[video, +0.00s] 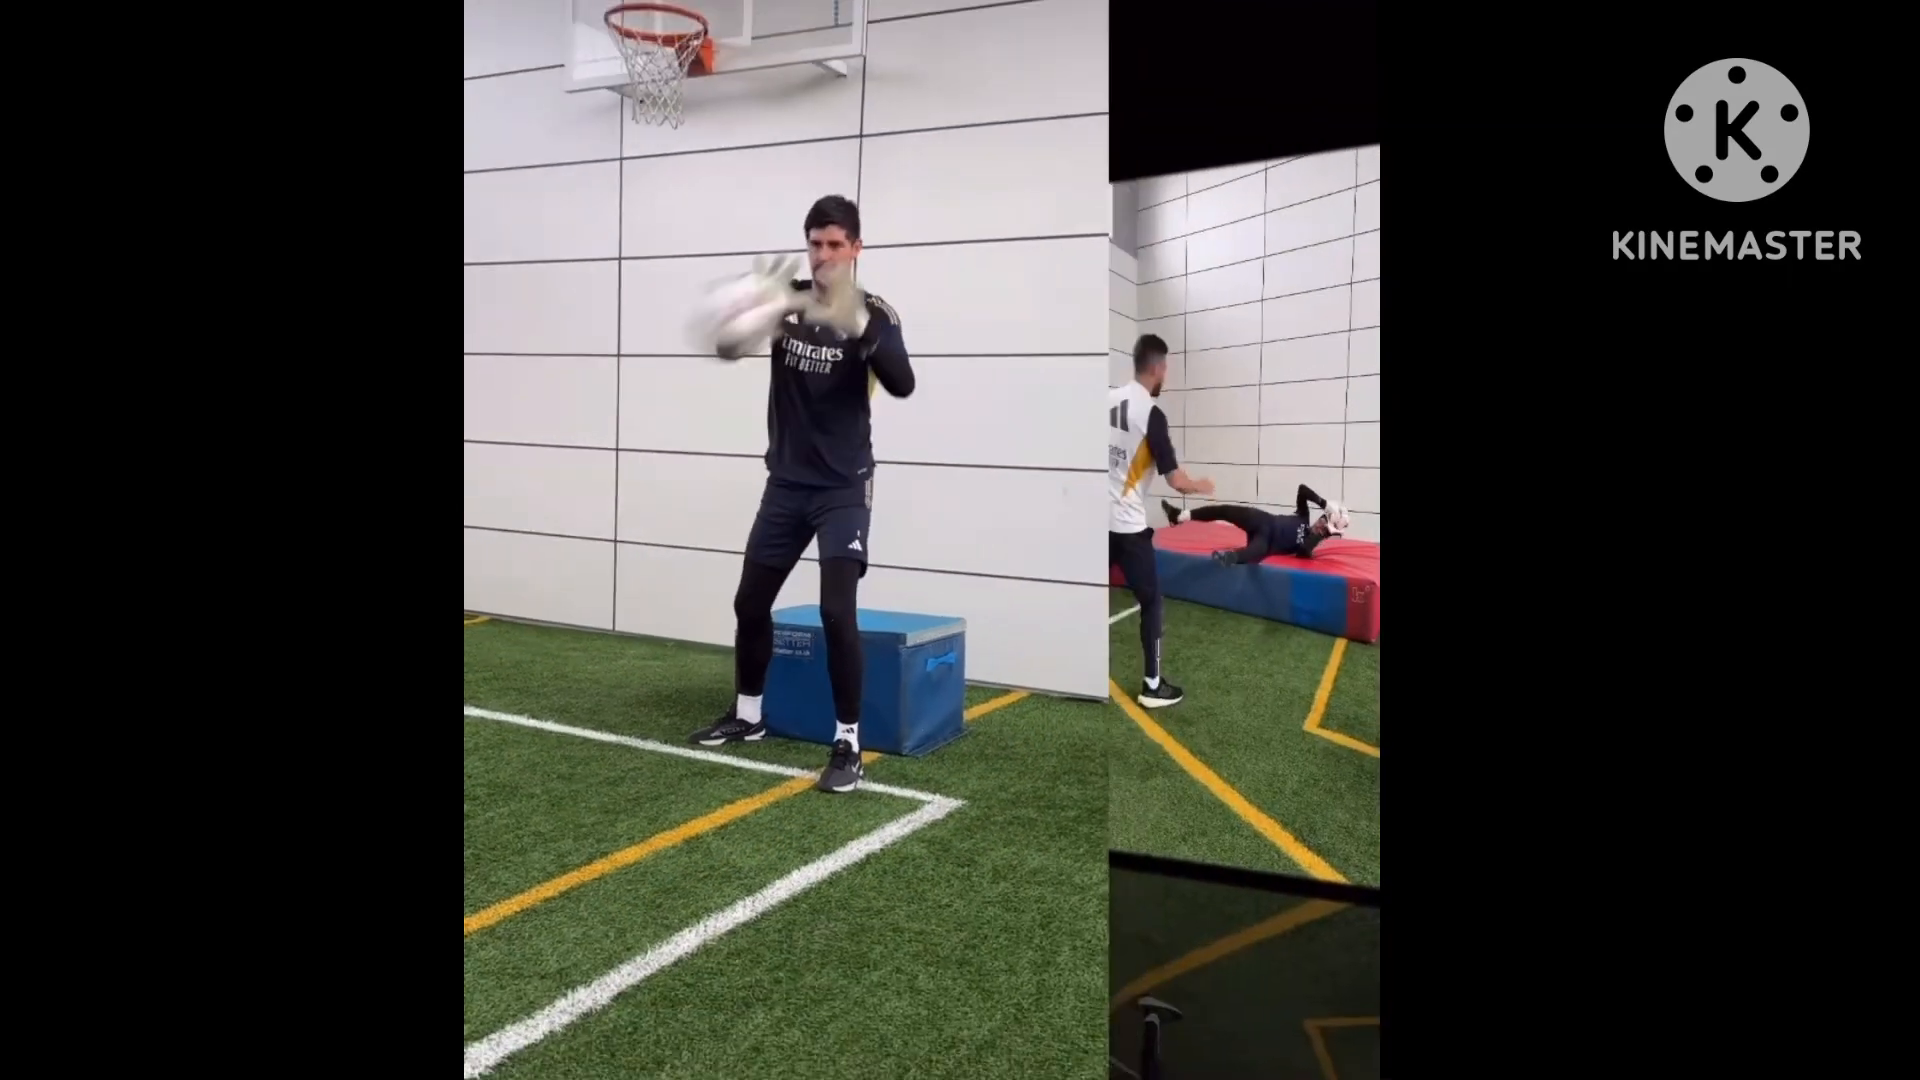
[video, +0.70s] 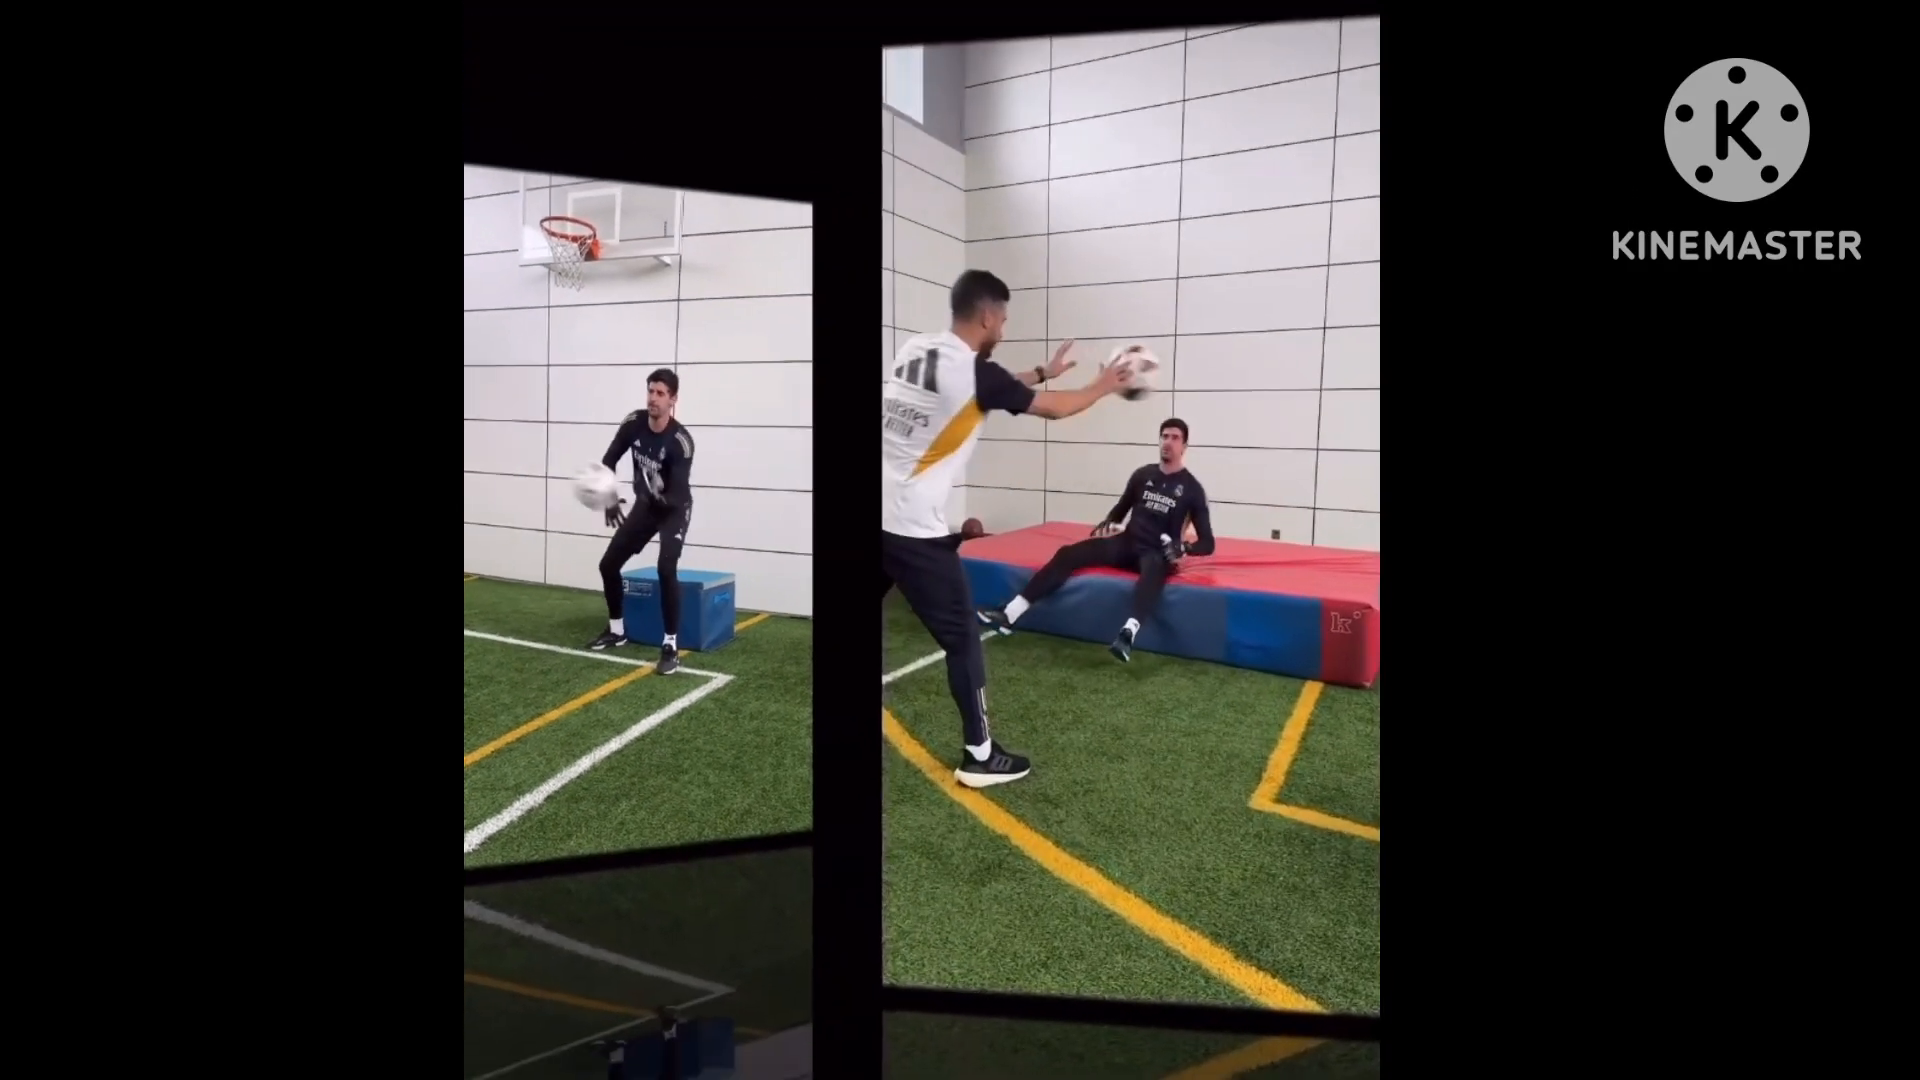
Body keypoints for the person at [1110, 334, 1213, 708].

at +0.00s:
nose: (1166, 375)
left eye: (1165, 367)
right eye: (1165, 368)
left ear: (1135, 365)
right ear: (1157, 368)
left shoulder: (1105, 399)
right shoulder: (1151, 413)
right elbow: (1175, 480)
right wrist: (1199, 486)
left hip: (1096, 518)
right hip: (1128, 523)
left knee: (1085, 596)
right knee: (1151, 600)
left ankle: (1071, 669)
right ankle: (1153, 683)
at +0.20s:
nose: (1097, 356)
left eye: (1095, 348)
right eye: (1094, 348)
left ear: (1062, 352)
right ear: (1083, 353)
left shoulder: (1047, 390)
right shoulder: (1083, 403)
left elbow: (1070, 439)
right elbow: (1126, 460)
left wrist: (1108, 418)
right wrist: (1158, 440)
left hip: (1044, 522)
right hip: (1072, 527)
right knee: (1104, 607)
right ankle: (1119, 695)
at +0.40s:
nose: (1039, 338)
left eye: (1038, 330)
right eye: (1035, 330)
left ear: (1006, 334)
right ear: (1018, 334)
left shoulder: (998, 374)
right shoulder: (1011, 389)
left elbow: (1041, 404)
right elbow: (1069, 450)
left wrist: (1085, 389)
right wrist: (1118, 420)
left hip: (999, 521)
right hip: (1006, 526)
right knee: (1049, 612)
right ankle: (1071, 708)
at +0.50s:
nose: (1023, 333)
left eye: (1022, 324)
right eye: (1019, 323)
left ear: (986, 327)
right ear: (1000, 327)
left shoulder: (970, 371)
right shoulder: (987, 389)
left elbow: (1012, 406)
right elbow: (1035, 467)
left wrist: (1057, 404)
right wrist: (1079, 425)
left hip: (968, 522)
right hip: (979, 528)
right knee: (1024, 619)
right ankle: (1041, 725)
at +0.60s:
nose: (1015, 328)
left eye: (1014, 318)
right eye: (1012, 318)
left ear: (971, 318)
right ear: (995, 319)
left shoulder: (938, 360)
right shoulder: (982, 381)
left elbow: (993, 404)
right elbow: (1043, 451)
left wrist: (1055, 388)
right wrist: (1083, 407)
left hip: (925, 520)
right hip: (952, 528)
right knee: (997, 625)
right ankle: (1013, 737)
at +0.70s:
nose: (1005, 324)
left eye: (1005, 315)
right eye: (1004, 315)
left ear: (956, 311)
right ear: (988, 315)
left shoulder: (915, 348)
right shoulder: (977, 373)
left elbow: (982, 387)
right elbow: (1055, 408)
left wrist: (1044, 372)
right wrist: (1103, 386)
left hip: (882, 516)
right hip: (914, 526)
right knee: (961, 634)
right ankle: (980, 751)